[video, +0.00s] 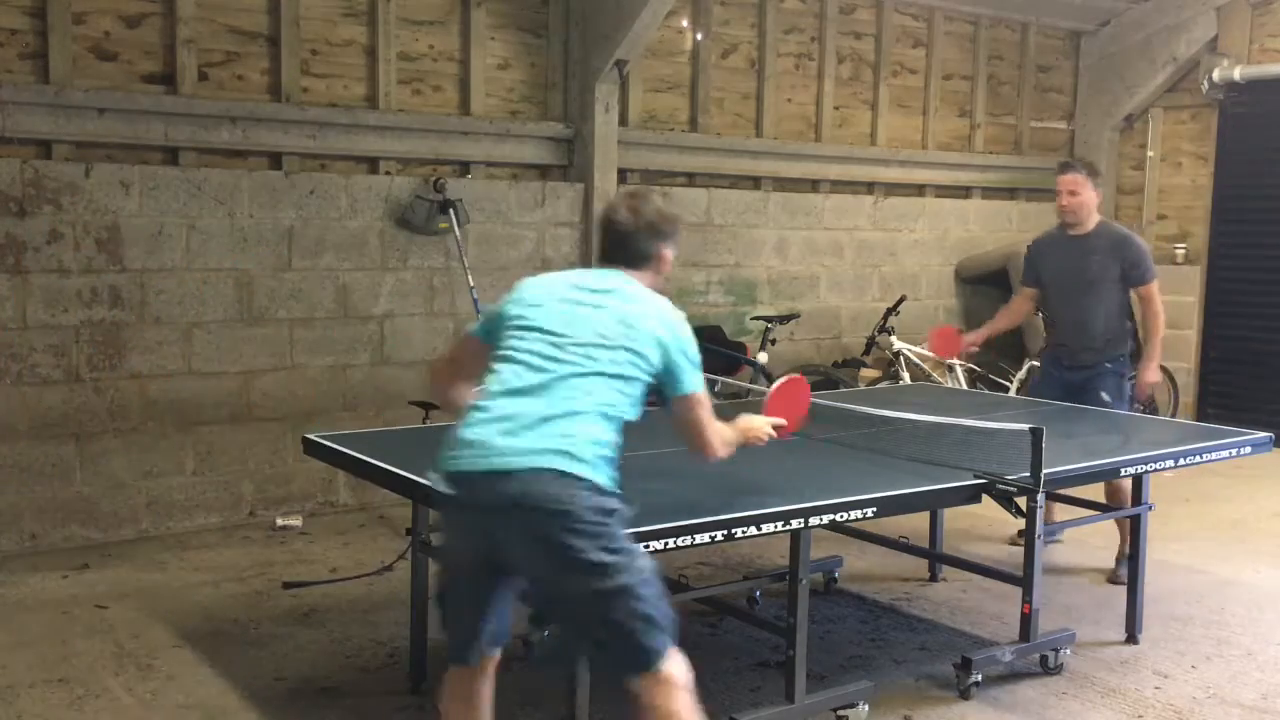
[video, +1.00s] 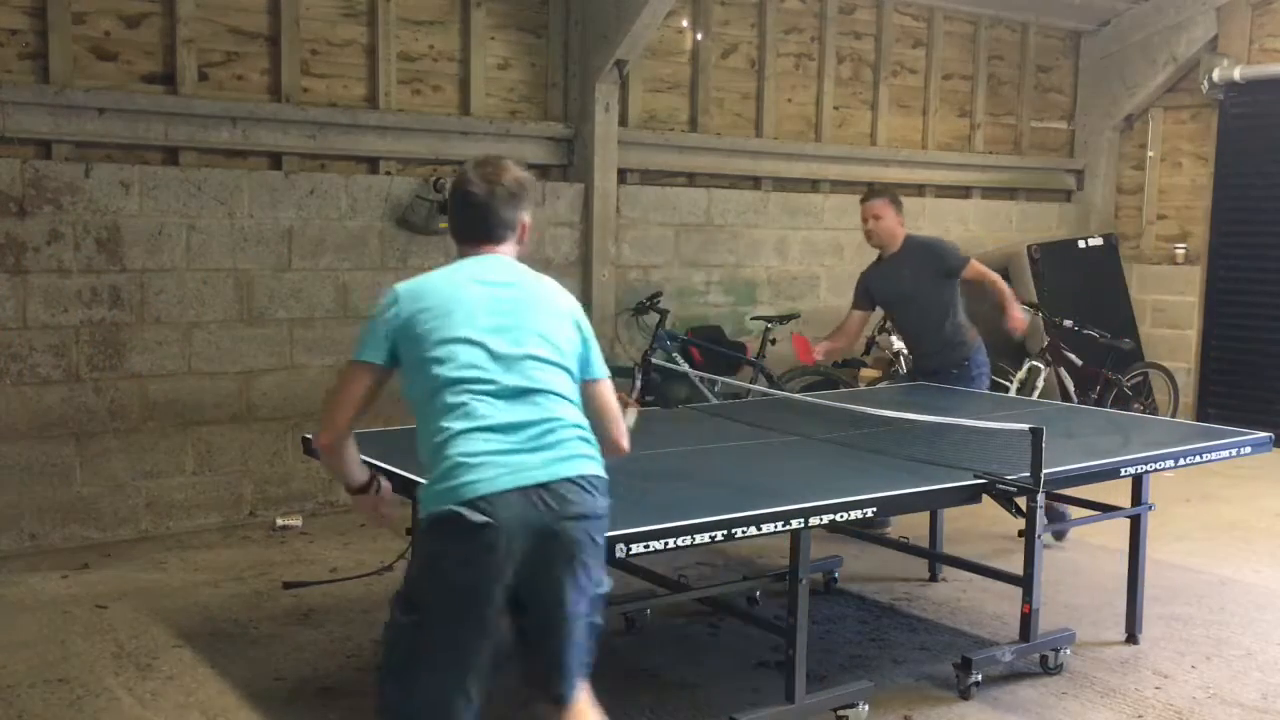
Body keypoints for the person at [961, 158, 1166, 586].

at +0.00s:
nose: (1064, 201)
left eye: (1073, 193)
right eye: (1058, 194)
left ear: (1095, 197)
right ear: (1054, 199)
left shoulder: (1124, 245)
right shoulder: (1042, 249)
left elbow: (1152, 304)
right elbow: (1024, 302)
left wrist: (1151, 361)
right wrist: (984, 332)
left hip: (1108, 369)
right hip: (1055, 366)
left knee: (1113, 461)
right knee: (1041, 448)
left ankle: (1129, 546)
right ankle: (1048, 522)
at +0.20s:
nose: (1001, 224)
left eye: (1008, 215)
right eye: (1000, 216)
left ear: (1038, 215)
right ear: (1016, 219)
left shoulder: (1074, 261)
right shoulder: (1007, 267)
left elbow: (1102, 319)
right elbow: (995, 319)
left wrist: (1080, 349)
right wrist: (948, 345)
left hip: (1071, 384)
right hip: (1021, 379)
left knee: (1093, 462)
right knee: (966, 429)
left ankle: (1125, 548)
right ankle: (929, 506)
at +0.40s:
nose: (910, 235)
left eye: (916, 226)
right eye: (909, 227)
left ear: (942, 225)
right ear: (925, 228)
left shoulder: (977, 262)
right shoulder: (923, 282)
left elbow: (1031, 287)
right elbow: (888, 335)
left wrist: (1040, 303)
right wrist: (834, 345)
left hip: (1007, 380)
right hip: (961, 383)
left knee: (1055, 459)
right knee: (913, 437)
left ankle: (1112, 544)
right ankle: (881, 512)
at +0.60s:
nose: (847, 252)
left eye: (852, 244)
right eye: (846, 245)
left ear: (878, 244)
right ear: (867, 248)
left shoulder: (921, 274)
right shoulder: (862, 301)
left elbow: (979, 294)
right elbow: (827, 344)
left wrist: (985, 315)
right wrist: (774, 362)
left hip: (969, 378)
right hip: (925, 387)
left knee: (1008, 454)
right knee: (887, 438)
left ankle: (1077, 534)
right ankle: (879, 514)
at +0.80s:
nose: (837, 243)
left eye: (842, 234)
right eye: (835, 236)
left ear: (867, 232)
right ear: (853, 237)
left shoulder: (907, 260)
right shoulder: (853, 290)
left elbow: (967, 282)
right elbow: (828, 345)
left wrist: (964, 312)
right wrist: (791, 354)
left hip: (957, 366)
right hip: (916, 376)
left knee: (984, 448)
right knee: (876, 428)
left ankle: (1044, 529)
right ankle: (879, 513)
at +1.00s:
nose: (867, 227)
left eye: (874, 218)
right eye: (864, 221)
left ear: (897, 219)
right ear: (865, 226)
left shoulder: (934, 253)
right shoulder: (872, 278)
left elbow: (991, 278)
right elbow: (847, 335)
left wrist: (1013, 308)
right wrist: (825, 347)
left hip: (965, 366)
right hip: (923, 373)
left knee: (979, 445)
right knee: (892, 436)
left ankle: (1051, 507)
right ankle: (880, 513)